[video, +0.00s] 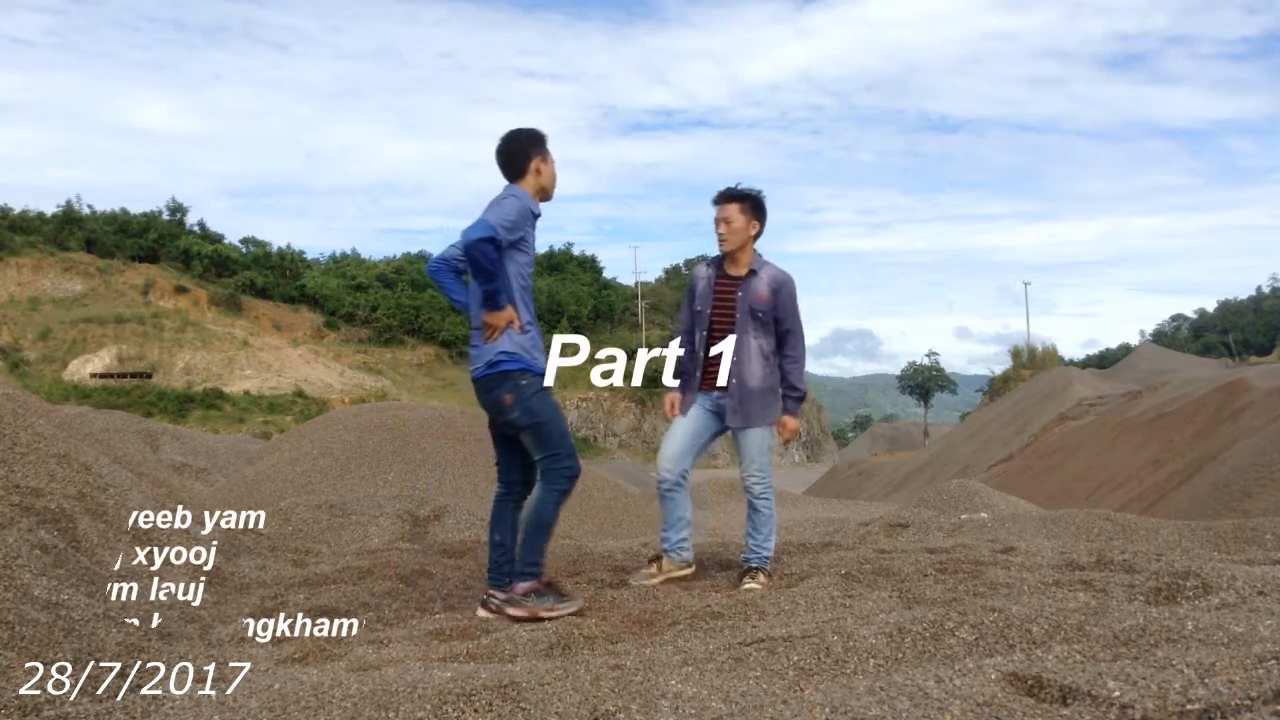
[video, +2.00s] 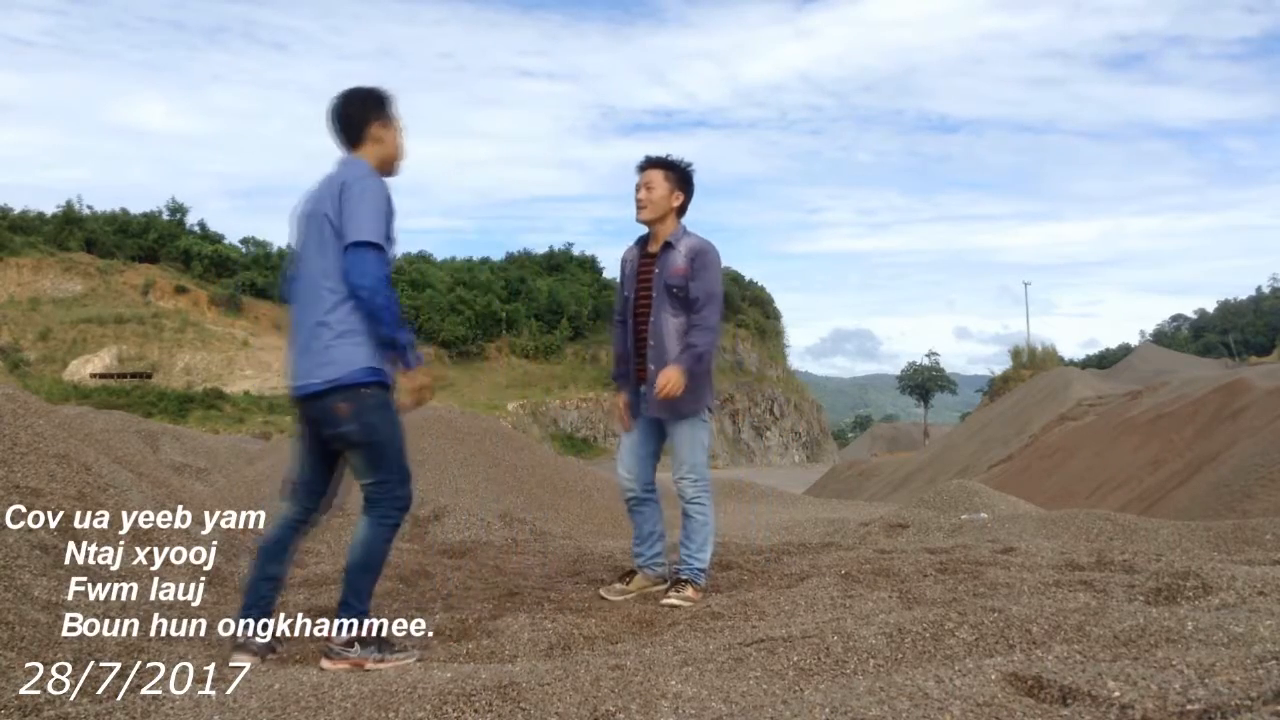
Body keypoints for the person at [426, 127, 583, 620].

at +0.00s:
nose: (555, 171)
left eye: (552, 162)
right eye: (552, 162)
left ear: (515, 168)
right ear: (538, 166)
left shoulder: (496, 210)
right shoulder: (519, 204)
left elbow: (440, 266)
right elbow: (479, 240)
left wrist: (476, 313)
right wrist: (496, 304)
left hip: (492, 372)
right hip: (513, 369)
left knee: (514, 481)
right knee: (561, 467)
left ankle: (500, 589)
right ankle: (527, 582)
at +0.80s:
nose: (509, 166)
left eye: (507, 157)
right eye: (506, 157)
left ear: (463, 157)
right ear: (491, 156)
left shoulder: (420, 216)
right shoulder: (494, 206)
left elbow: (410, 292)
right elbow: (528, 283)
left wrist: (459, 294)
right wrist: (569, 308)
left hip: (458, 378)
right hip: (496, 373)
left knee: (498, 485)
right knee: (529, 482)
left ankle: (504, 593)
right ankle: (453, 586)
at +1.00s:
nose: (465, 168)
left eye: (460, 159)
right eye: (461, 160)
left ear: (413, 170)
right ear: (450, 165)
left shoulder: (378, 229)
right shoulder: (474, 221)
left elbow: (360, 313)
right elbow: (519, 293)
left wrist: (397, 330)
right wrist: (545, 320)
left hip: (403, 395)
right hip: (462, 393)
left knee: (456, 481)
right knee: (467, 504)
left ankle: (473, 587)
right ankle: (431, 619)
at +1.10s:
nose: (442, 162)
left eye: (437, 153)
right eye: (439, 153)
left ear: (390, 159)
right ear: (429, 156)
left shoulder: (352, 220)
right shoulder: (452, 211)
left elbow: (338, 301)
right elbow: (488, 293)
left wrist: (356, 354)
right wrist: (513, 339)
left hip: (385, 386)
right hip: (446, 382)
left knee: (413, 467)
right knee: (450, 496)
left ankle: (404, 577)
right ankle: (431, 618)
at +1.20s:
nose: (419, 155)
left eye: (414, 146)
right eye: (416, 146)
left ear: (369, 153)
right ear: (405, 149)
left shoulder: (332, 213)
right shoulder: (432, 205)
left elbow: (314, 290)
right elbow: (457, 286)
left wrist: (336, 358)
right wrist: (476, 344)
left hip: (365, 380)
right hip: (426, 378)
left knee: (373, 478)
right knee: (440, 495)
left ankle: (334, 572)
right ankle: (432, 615)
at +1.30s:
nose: (397, 160)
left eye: (393, 150)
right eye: (394, 151)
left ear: (344, 159)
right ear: (381, 154)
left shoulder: (305, 217)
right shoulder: (403, 209)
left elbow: (286, 285)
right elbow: (421, 289)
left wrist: (297, 355)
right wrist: (432, 369)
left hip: (336, 394)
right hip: (399, 391)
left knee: (324, 503)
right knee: (436, 498)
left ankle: (262, 614)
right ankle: (430, 618)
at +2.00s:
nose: (402, 140)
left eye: (398, 129)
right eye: (395, 128)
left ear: (350, 135)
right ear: (375, 131)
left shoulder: (318, 197)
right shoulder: (362, 182)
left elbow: (293, 284)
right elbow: (366, 276)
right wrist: (406, 348)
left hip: (314, 384)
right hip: (353, 377)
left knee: (303, 502)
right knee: (388, 498)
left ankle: (251, 625)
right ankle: (351, 633)